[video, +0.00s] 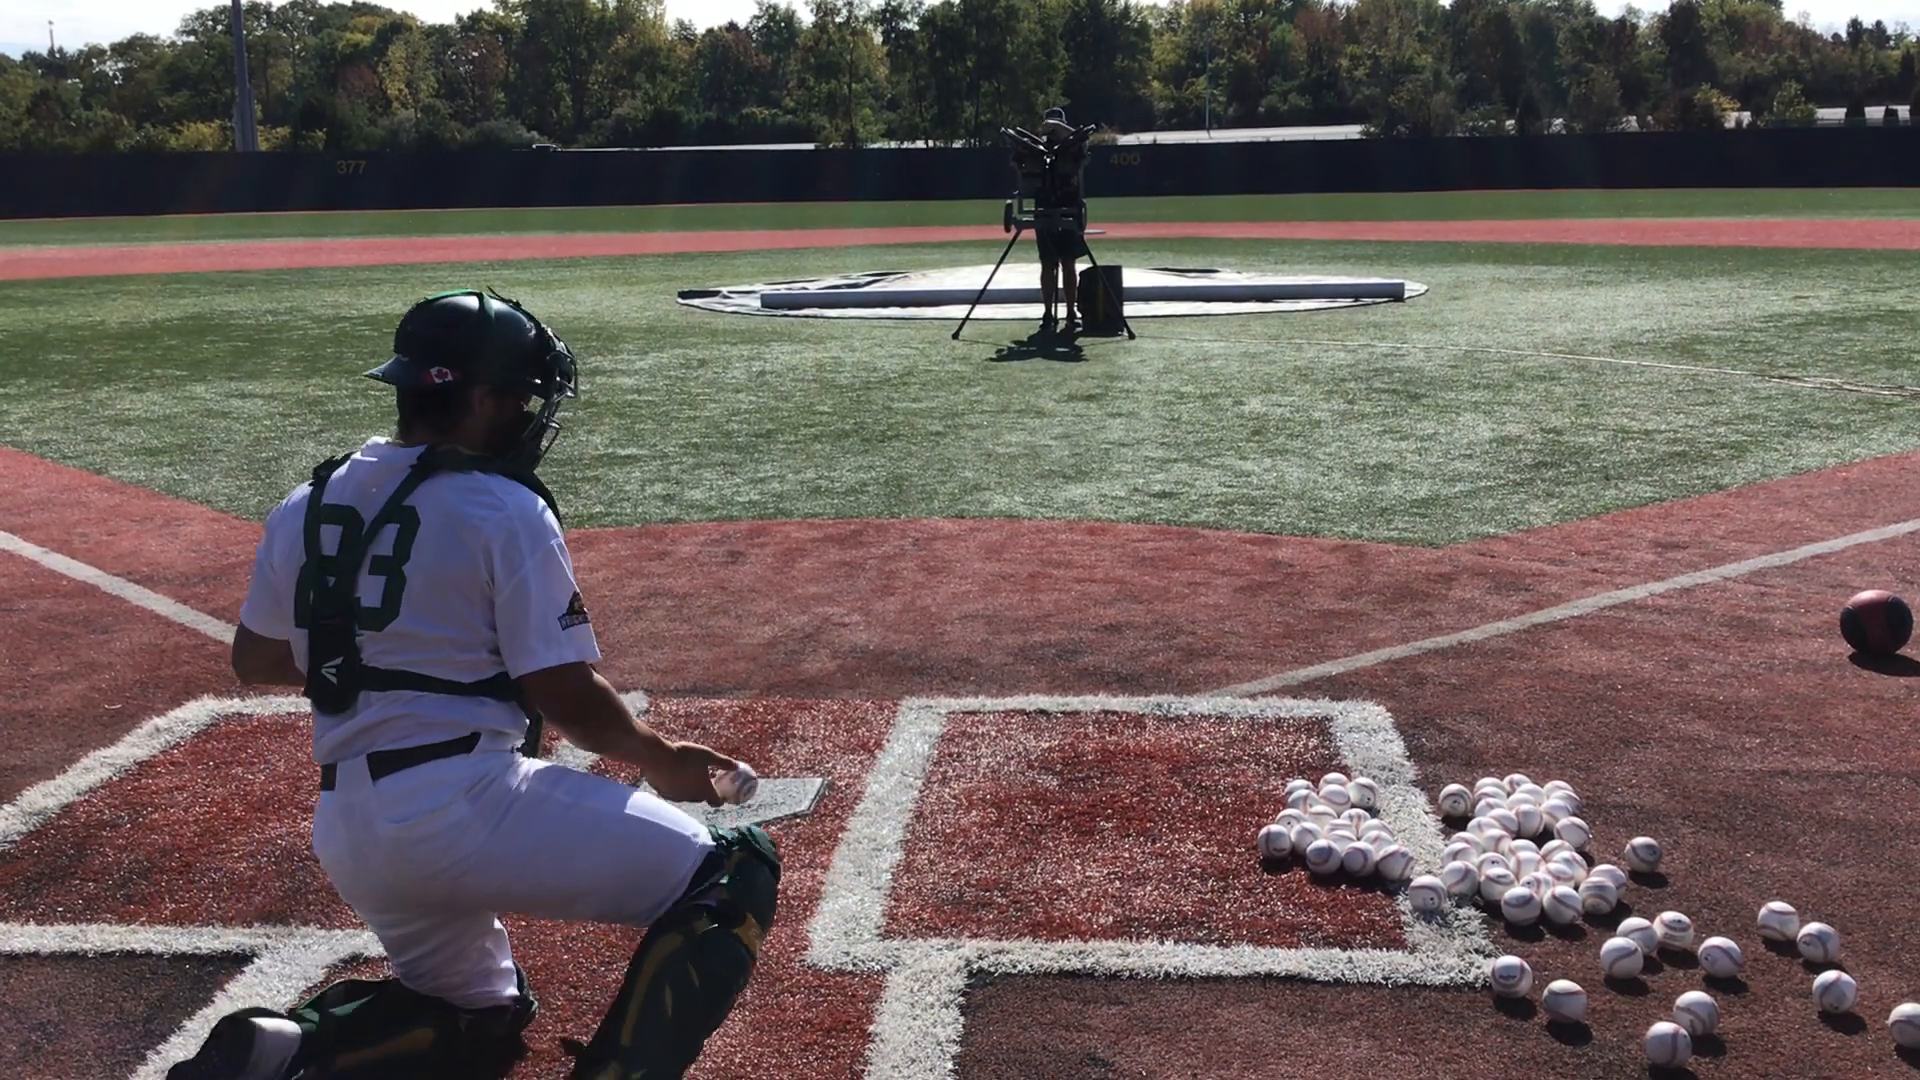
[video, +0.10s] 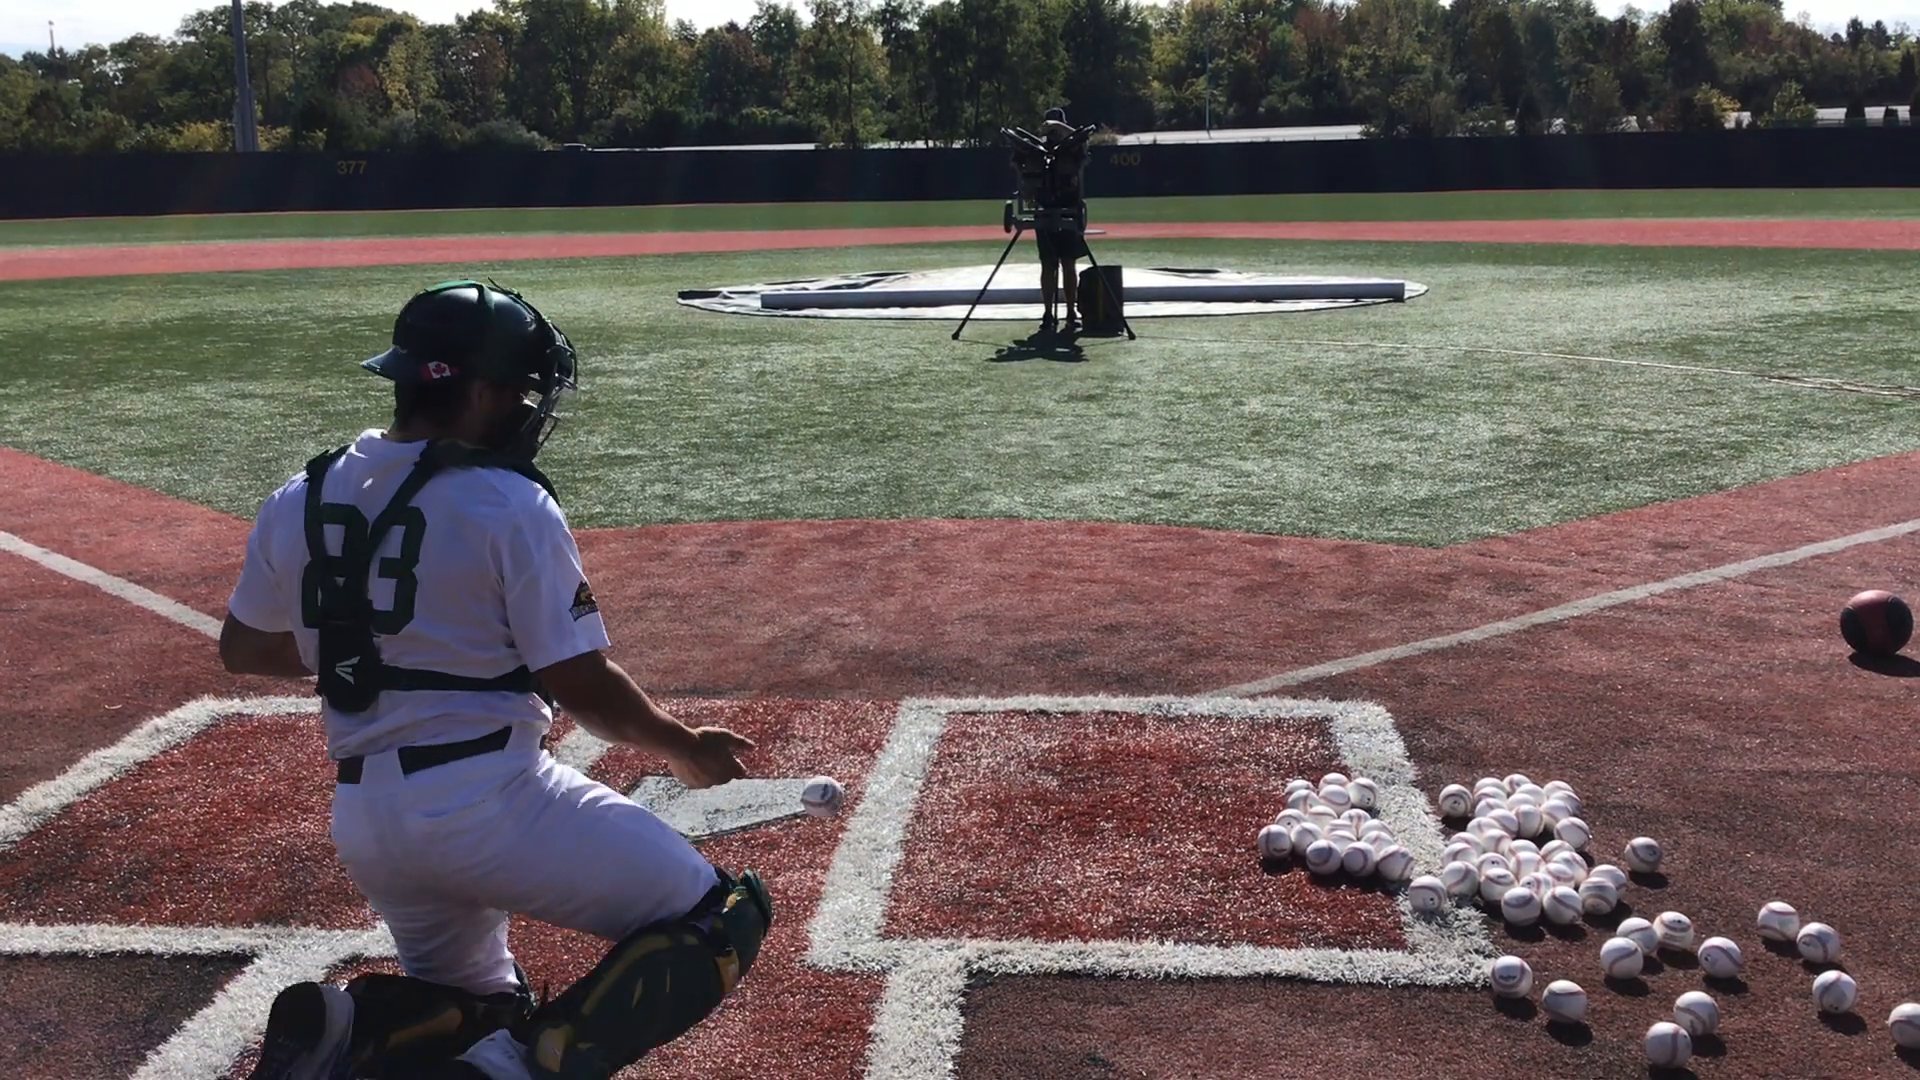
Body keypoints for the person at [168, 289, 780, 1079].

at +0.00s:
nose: (529, 414)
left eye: (527, 395)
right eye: (516, 396)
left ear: (417, 396)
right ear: (469, 402)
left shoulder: (309, 502)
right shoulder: (505, 508)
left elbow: (257, 657)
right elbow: (559, 689)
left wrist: (395, 662)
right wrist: (658, 759)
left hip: (346, 820)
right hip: (463, 800)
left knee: (480, 1018)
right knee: (730, 871)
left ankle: (288, 1052)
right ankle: (621, 1065)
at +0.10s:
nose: (527, 410)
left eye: (527, 391)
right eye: (517, 391)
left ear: (414, 384)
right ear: (473, 395)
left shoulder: (305, 493)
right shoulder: (510, 505)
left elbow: (247, 647)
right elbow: (577, 680)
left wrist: (364, 658)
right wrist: (684, 747)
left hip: (363, 810)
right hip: (487, 796)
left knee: (490, 1007)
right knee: (722, 913)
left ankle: (338, 1024)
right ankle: (527, 1059)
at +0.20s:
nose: (535, 406)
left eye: (534, 388)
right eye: (522, 389)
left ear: (420, 385)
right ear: (473, 395)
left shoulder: (306, 495)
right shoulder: (524, 507)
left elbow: (249, 648)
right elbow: (597, 682)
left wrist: (365, 656)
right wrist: (693, 746)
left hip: (378, 810)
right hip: (510, 806)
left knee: (481, 996)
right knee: (685, 971)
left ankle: (385, 1022)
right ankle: (498, 1053)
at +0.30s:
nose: (546, 408)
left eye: (544, 390)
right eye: (535, 392)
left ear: (426, 391)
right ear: (496, 404)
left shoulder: (321, 505)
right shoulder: (544, 515)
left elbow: (264, 661)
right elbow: (614, 691)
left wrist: (374, 656)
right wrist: (698, 756)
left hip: (391, 813)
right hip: (525, 819)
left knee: (474, 997)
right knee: (653, 1011)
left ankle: (370, 1025)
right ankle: (506, 1058)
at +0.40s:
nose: (560, 421)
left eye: (562, 403)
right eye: (553, 404)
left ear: (438, 398)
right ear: (516, 410)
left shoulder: (340, 520)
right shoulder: (571, 528)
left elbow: (284, 682)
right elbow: (641, 710)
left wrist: (383, 674)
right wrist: (692, 765)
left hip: (407, 828)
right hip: (542, 837)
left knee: (478, 1002)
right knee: (663, 1024)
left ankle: (387, 1025)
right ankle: (516, 1059)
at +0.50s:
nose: (587, 447)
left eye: (588, 429)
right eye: (582, 428)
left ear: (455, 421)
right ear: (546, 432)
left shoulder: (358, 549)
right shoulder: (601, 555)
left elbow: (310, 717)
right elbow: (678, 736)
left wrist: (414, 711)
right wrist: (653, 774)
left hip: (435, 863)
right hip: (576, 868)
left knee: (481, 1014)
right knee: (678, 1039)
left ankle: (398, 1037)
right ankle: (531, 1059)